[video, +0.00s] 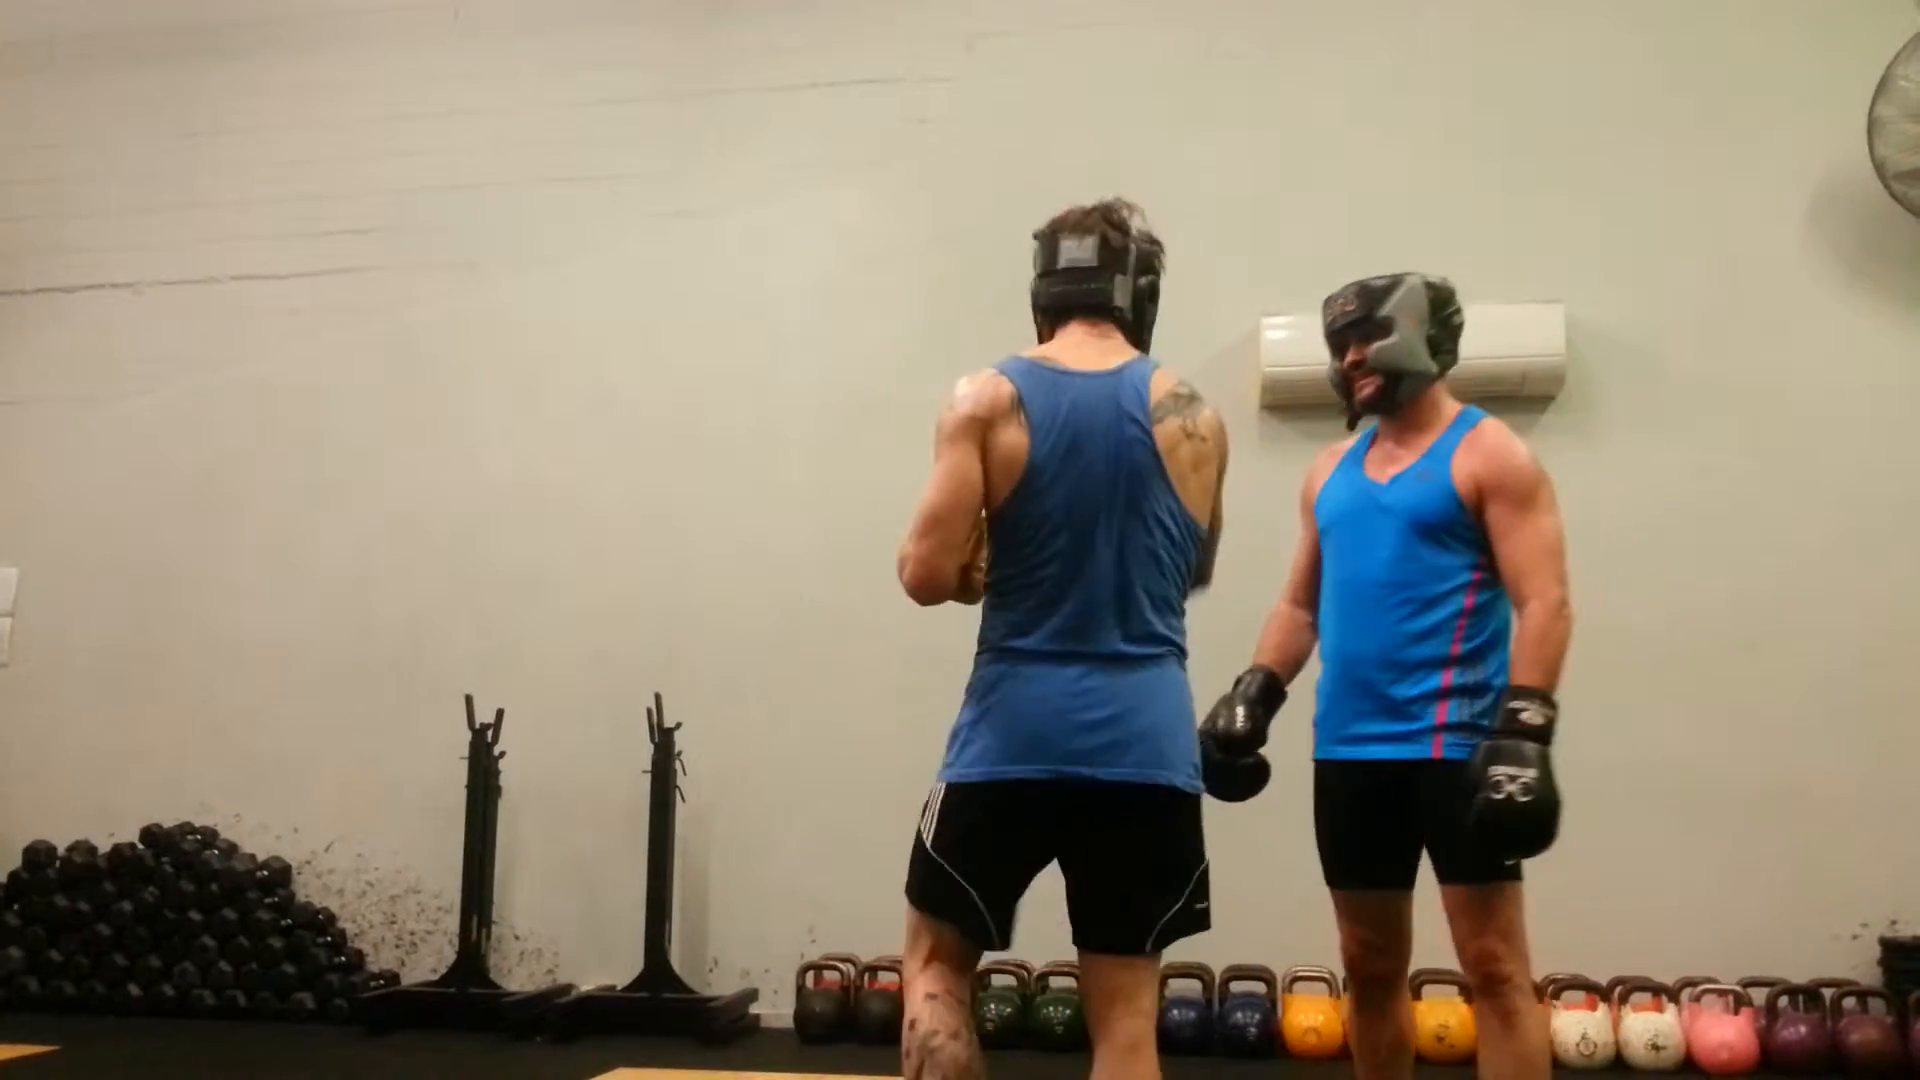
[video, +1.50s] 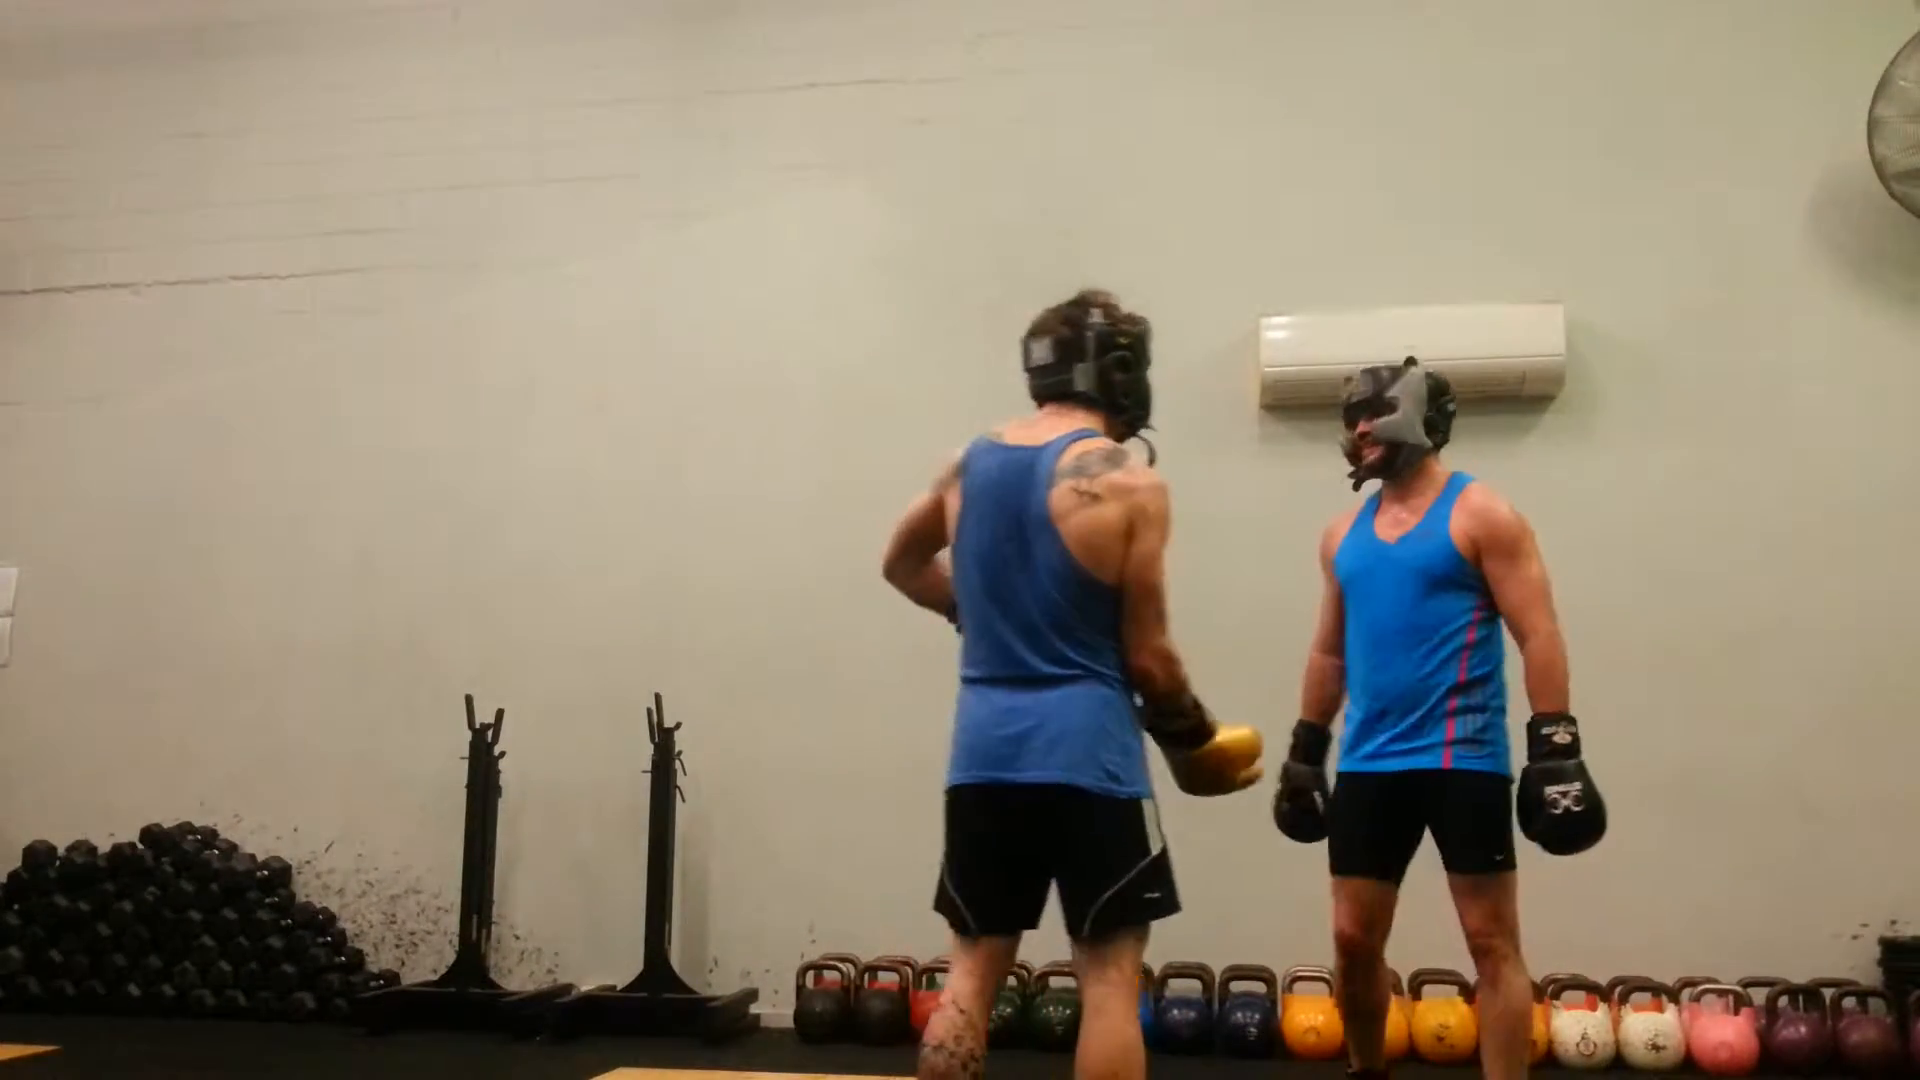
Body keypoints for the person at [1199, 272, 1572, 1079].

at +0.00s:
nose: (1351, 361)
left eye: (1371, 341)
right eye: (1342, 349)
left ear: (1426, 339)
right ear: (1338, 365)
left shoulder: (1491, 454)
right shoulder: (1328, 473)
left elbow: (1545, 602)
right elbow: (1299, 605)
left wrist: (1521, 735)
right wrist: (1253, 694)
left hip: (1462, 759)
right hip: (1352, 760)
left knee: (1494, 973)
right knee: (1370, 972)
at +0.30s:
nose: (1298, 397)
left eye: (1311, 377)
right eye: (1289, 385)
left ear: (1362, 368)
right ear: (1289, 396)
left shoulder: (1441, 466)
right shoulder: (1294, 500)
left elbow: (1501, 596)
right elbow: (1276, 634)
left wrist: (1493, 731)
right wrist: (1236, 742)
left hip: (1436, 756)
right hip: (1332, 758)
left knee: (1467, 961)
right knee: (1354, 957)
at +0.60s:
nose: (1279, 415)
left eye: (1289, 393)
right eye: (1268, 404)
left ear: (1339, 380)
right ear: (1272, 421)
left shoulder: (1426, 469)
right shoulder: (1291, 518)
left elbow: (1496, 584)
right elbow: (1286, 655)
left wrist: (1493, 709)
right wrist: (1262, 771)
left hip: (1443, 755)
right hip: (1342, 765)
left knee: (1479, 952)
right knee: (1360, 953)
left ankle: (1519, 1079)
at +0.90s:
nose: (1306, 440)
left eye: (1314, 422)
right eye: (1303, 427)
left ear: (1357, 407)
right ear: (1346, 422)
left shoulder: (1453, 487)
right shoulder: (1327, 533)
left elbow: (1508, 602)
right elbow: (1326, 661)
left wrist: (1489, 718)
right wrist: (1304, 764)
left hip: (1456, 765)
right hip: (1360, 771)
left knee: (1477, 963)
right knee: (1370, 955)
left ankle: (1502, 1078)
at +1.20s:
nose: (1349, 430)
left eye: (1362, 413)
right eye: (1347, 417)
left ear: (1414, 411)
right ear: (1380, 420)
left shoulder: (1488, 506)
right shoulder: (1360, 527)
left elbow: (1530, 629)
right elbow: (1350, 650)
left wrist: (1516, 749)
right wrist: (1327, 754)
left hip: (1473, 768)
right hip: (1379, 769)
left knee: (1496, 950)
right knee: (1373, 944)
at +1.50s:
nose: (1357, 432)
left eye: (1373, 416)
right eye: (1353, 421)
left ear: (1419, 420)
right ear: (1352, 436)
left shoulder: (1482, 515)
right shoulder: (1344, 532)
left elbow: (1539, 634)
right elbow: (1329, 652)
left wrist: (1556, 753)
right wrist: (1304, 755)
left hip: (1465, 765)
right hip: (1370, 767)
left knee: (1490, 941)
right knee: (1353, 939)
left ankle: (1504, 1077)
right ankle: (1368, 1073)